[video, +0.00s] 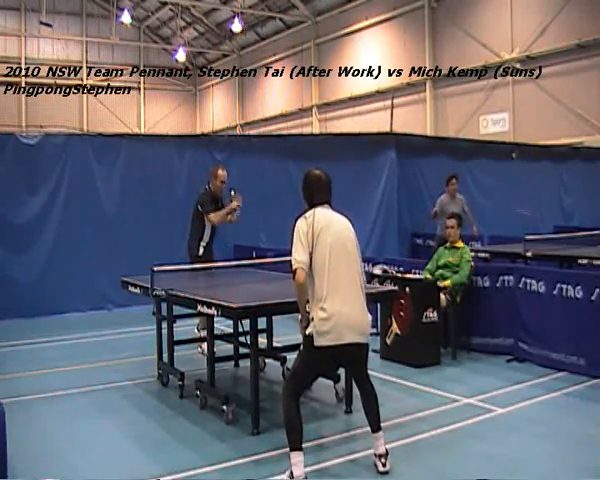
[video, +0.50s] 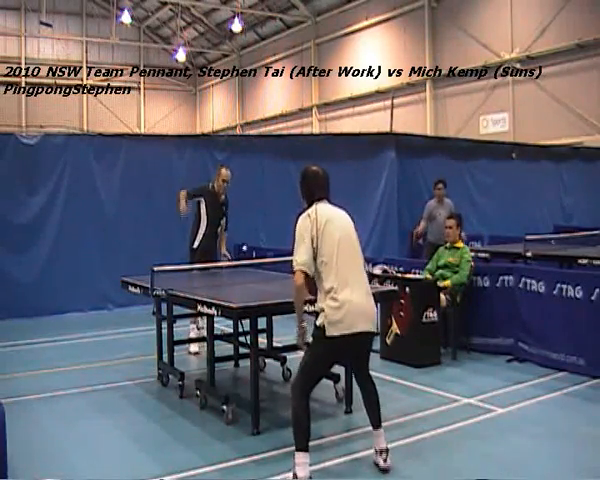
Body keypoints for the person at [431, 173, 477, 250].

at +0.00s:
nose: (454, 187)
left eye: (456, 184)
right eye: (452, 185)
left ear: (457, 186)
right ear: (447, 187)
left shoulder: (460, 199)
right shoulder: (442, 199)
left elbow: (466, 212)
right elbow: (435, 212)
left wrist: (473, 225)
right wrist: (435, 212)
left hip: (457, 231)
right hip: (442, 231)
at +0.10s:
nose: (450, 191)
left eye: (451, 188)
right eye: (447, 188)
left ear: (453, 189)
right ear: (443, 190)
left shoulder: (456, 202)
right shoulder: (437, 203)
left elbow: (463, 215)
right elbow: (431, 215)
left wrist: (469, 228)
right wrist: (430, 218)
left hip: (453, 234)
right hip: (439, 234)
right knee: (436, 256)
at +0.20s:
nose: (446, 192)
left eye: (447, 189)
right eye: (444, 190)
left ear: (449, 191)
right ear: (439, 192)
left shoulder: (452, 203)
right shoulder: (433, 205)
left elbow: (458, 217)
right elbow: (428, 217)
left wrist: (466, 232)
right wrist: (425, 223)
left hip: (451, 236)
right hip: (436, 236)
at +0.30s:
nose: (442, 193)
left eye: (443, 190)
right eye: (440, 190)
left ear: (445, 191)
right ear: (435, 192)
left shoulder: (448, 204)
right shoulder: (430, 206)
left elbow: (453, 218)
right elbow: (424, 220)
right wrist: (420, 230)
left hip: (446, 239)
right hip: (432, 240)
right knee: (430, 264)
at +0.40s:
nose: (441, 192)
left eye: (442, 189)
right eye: (438, 189)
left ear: (444, 190)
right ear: (434, 191)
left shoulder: (447, 204)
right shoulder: (429, 205)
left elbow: (451, 219)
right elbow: (423, 221)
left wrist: (453, 234)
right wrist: (418, 233)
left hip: (445, 240)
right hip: (431, 240)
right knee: (429, 265)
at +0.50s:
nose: (440, 192)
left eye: (442, 189)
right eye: (438, 189)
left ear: (445, 191)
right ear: (434, 191)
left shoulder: (449, 204)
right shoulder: (430, 205)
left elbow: (452, 218)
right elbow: (424, 219)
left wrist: (455, 232)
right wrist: (420, 229)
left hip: (446, 239)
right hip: (432, 240)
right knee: (429, 263)